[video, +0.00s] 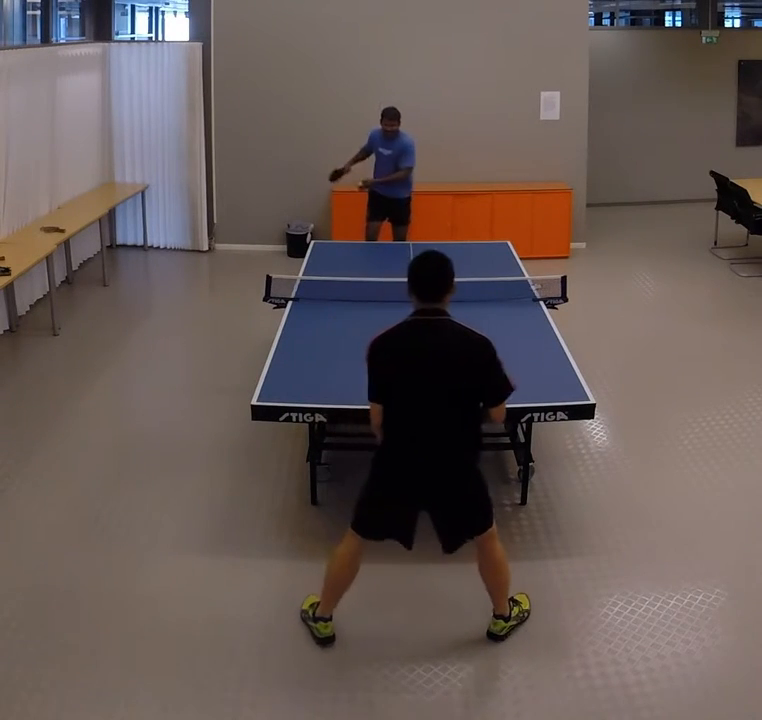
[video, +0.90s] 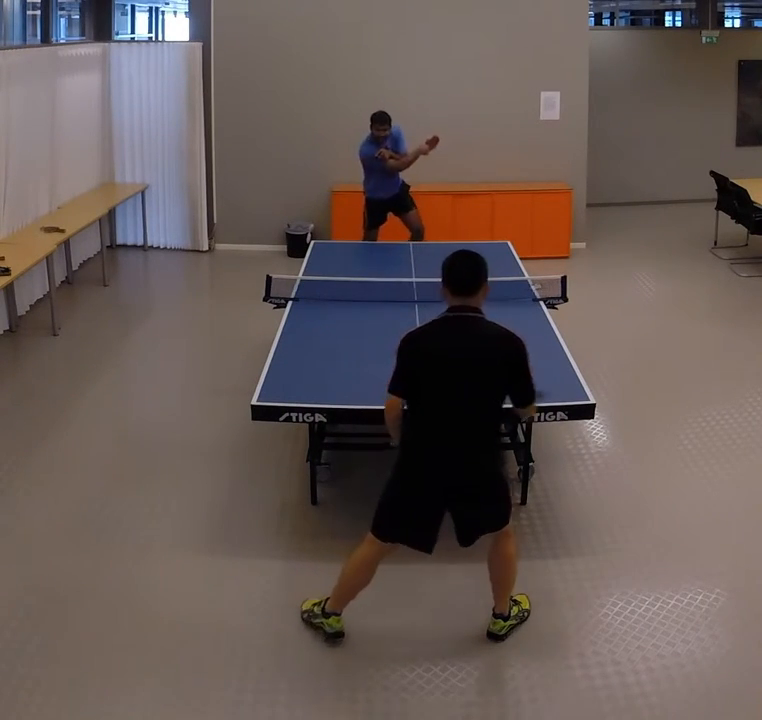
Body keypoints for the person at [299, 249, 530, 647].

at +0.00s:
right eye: (448, 282)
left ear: (409, 289)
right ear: (452, 288)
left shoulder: (384, 345)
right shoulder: (475, 346)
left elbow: (377, 418)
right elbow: (497, 413)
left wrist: (394, 446)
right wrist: (465, 392)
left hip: (396, 466)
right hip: (455, 466)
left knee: (356, 538)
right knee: (486, 536)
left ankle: (322, 617)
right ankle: (502, 615)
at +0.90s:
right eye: (484, 282)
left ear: (442, 288)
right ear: (485, 288)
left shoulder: (416, 341)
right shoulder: (507, 343)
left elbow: (392, 409)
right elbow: (527, 409)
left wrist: (404, 446)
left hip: (421, 462)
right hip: (478, 464)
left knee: (376, 543)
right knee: (501, 532)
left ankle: (331, 612)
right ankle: (503, 613)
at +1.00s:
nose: (490, 283)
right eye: (494, 277)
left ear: (450, 282)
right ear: (493, 281)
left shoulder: (424, 332)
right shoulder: (515, 334)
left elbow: (400, 399)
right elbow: (544, 409)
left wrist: (407, 438)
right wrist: (558, 431)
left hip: (434, 454)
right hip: (492, 458)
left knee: (393, 539)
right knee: (505, 532)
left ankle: (357, 620)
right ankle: (502, 613)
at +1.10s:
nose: (496, 279)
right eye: (496, 274)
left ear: (453, 278)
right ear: (494, 277)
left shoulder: (427, 329)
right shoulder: (521, 328)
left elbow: (408, 398)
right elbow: (541, 394)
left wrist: (413, 437)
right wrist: (536, 427)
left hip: (440, 451)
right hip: (499, 451)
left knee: (406, 536)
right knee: (505, 532)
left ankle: (376, 620)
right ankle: (503, 614)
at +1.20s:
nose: (498, 277)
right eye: (497, 272)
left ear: (454, 278)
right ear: (497, 277)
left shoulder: (428, 330)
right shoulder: (521, 330)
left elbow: (412, 400)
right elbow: (535, 396)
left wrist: (419, 441)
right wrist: (509, 424)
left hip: (443, 453)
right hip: (501, 454)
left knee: (406, 533)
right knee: (505, 534)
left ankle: (375, 617)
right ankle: (504, 614)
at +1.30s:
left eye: (453, 273)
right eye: (494, 272)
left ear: (452, 279)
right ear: (496, 278)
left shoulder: (430, 333)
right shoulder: (514, 331)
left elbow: (417, 403)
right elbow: (503, 386)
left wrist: (416, 442)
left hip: (440, 450)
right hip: (494, 452)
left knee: (396, 533)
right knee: (501, 538)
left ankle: (364, 616)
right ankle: (504, 613)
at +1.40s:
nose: (439, 279)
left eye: (440, 274)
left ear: (442, 280)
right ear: (486, 281)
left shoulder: (423, 338)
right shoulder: (501, 334)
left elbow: (412, 411)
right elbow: (472, 375)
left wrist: (402, 439)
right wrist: (415, 344)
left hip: (431, 454)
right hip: (482, 454)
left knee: (382, 540)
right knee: (496, 537)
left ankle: (342, 620)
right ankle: (504, 613)